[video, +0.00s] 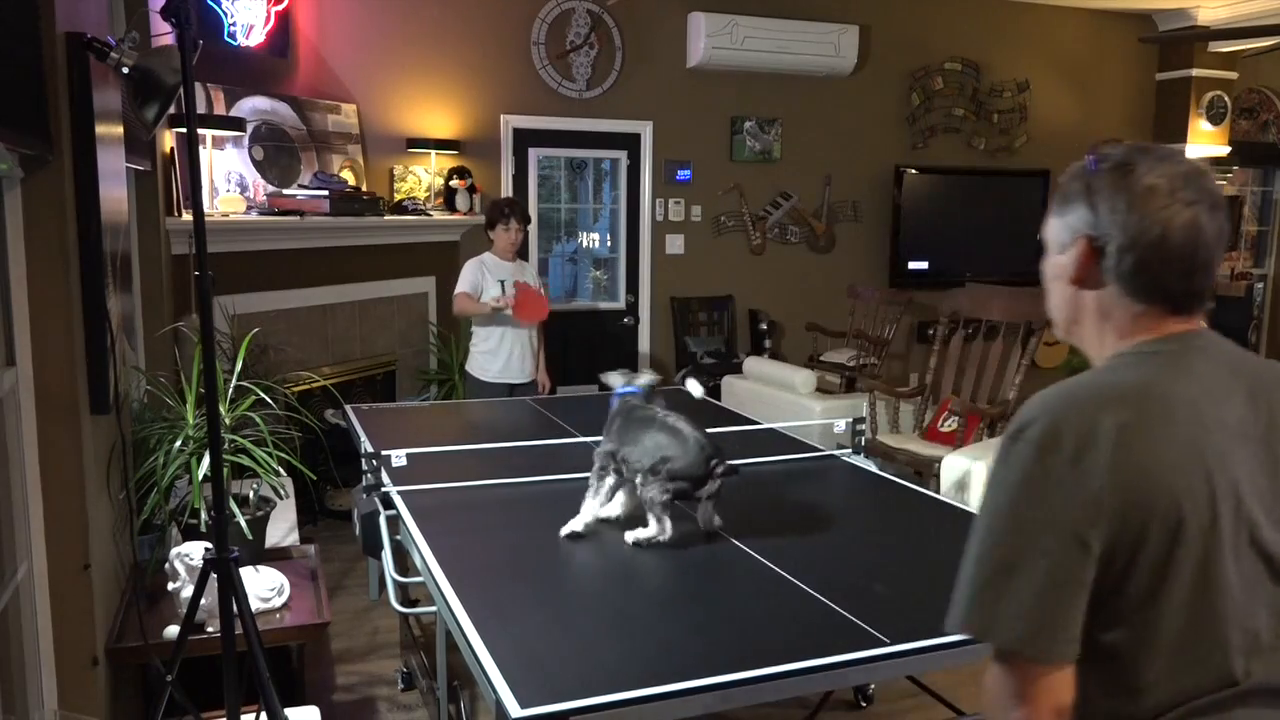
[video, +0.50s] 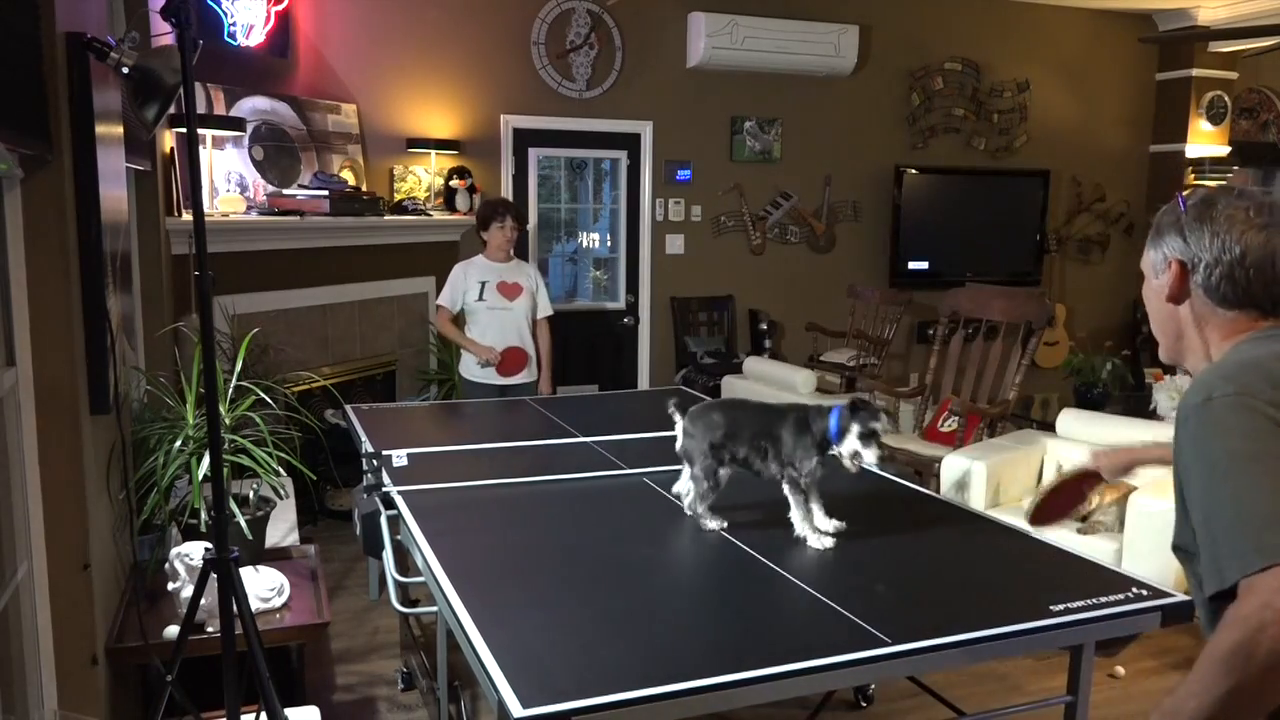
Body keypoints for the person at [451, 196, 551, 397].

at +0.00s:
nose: (514, 237)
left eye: (519, 230)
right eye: (506, 230)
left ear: (524, 233)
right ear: (491, 232)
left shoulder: (529, 271)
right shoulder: (476, 267)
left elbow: (537, 324)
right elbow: (459, 306)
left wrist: (541, 367)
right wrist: (489, 307)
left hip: (525, 376)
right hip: (486, 376)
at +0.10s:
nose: (513, 237)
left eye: (519, 230)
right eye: (506, 230)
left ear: (524, 233)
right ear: (490, 232)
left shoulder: (528, 272)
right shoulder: (475, 268)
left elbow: (538, 324)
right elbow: (452, 310)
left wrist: (540, 369)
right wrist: (489, 323)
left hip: (525, 378)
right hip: (486, 378)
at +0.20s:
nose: (512, 237)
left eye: (518, 230)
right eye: (505, 230)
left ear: (523, 233)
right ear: (488, 233)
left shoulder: (528, 273)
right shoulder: (471, 269)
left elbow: (537, 327)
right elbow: (446, 316)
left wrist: (542, 377)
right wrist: (485, 338)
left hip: (525, 381)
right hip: (484, 381)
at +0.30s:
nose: (511, 236)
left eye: (516, 230)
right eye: (503, 229)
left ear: (521, 233)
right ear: (487, 233)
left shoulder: (528, 273)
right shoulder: (468, 270)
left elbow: (537, 326)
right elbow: (443, 318)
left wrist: (541, 374)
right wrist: (479, 345)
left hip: (525, 381)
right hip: (483, 381)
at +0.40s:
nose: (510, 235)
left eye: (515, 229)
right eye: (502, 229)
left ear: (520, 233)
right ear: (485, 233)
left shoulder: (529, 273)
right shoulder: (465, 271)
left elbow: (539, 326)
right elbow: (441, 319)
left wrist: (542, 375)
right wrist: (477, 348)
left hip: (524, 380)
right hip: (481, 381)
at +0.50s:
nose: (509, 234)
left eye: (514, 228)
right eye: (501, 228)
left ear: (519, 232)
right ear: (484, 233)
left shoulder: (530, 272)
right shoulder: (464, 271)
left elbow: (541, 326)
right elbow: (441, 320)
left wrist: (545, 374)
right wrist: (476, 348)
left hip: (522, 381)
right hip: (478, 381)